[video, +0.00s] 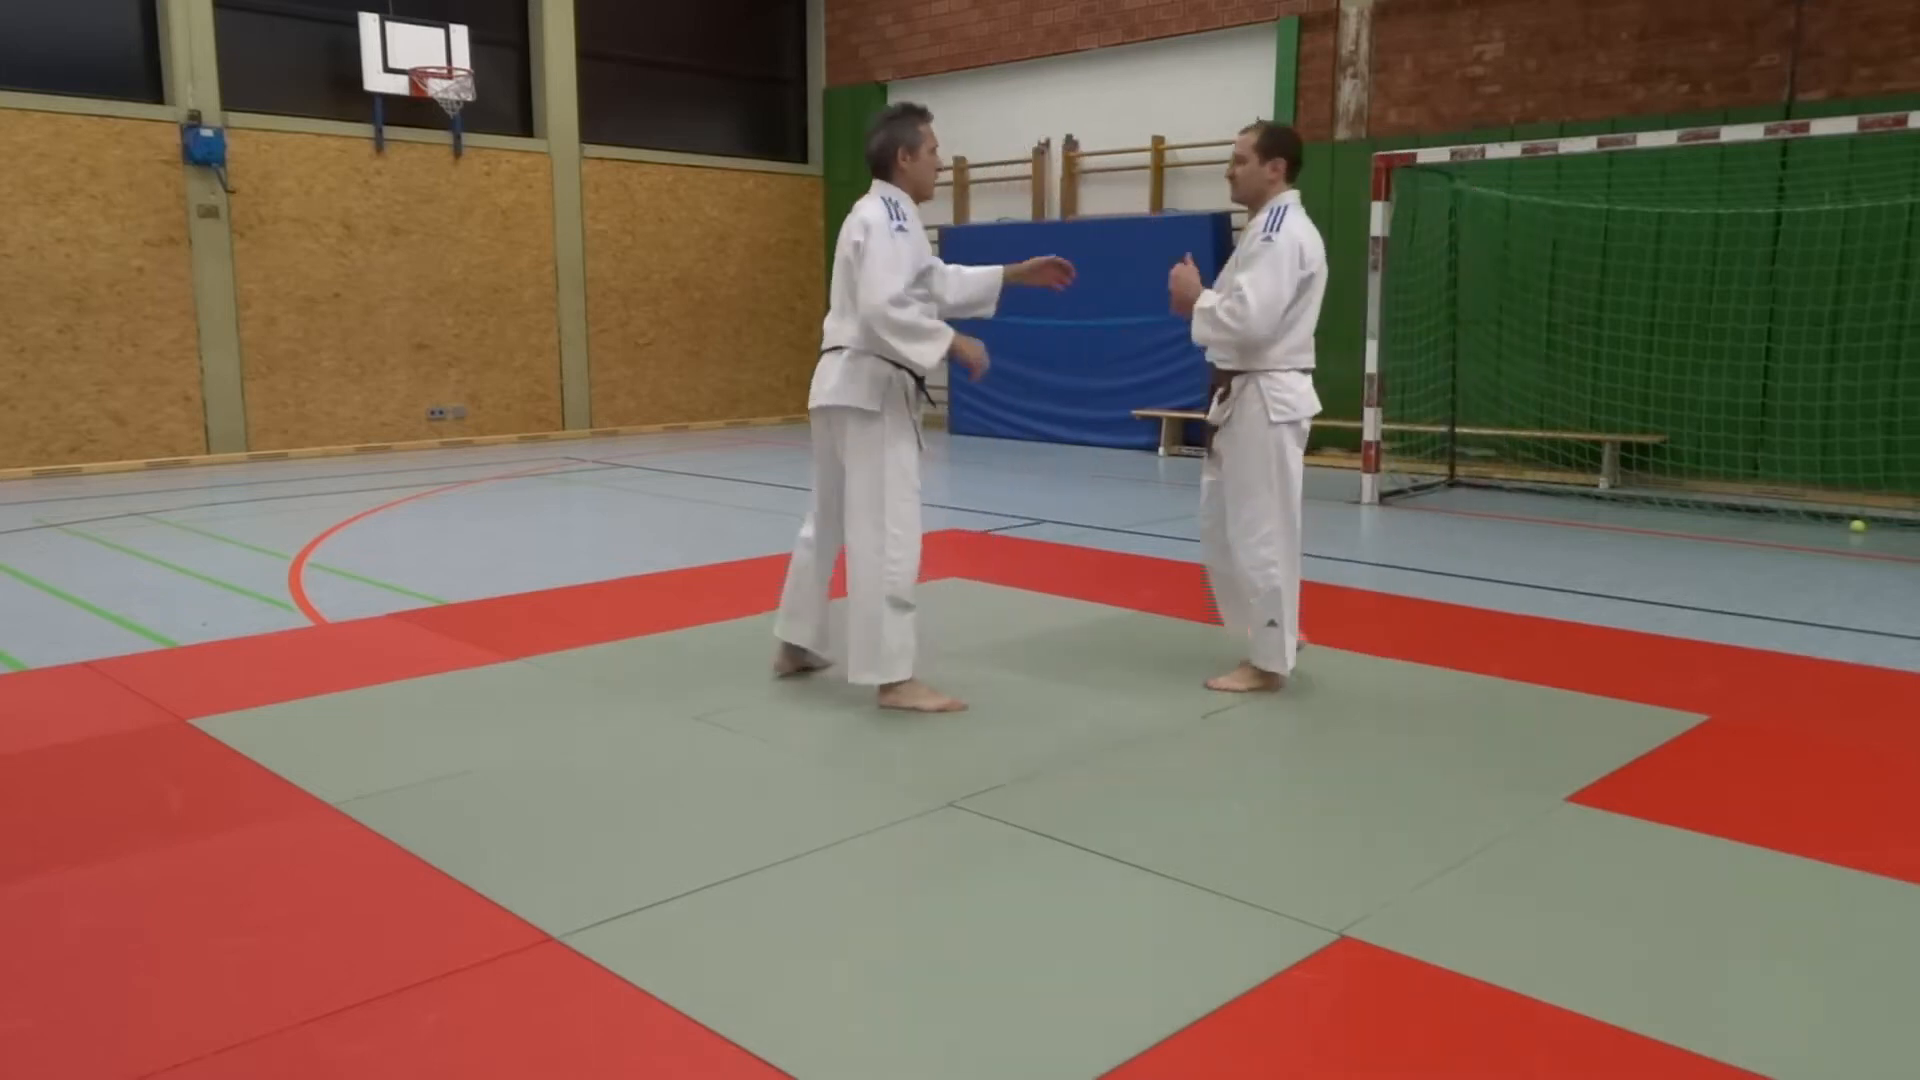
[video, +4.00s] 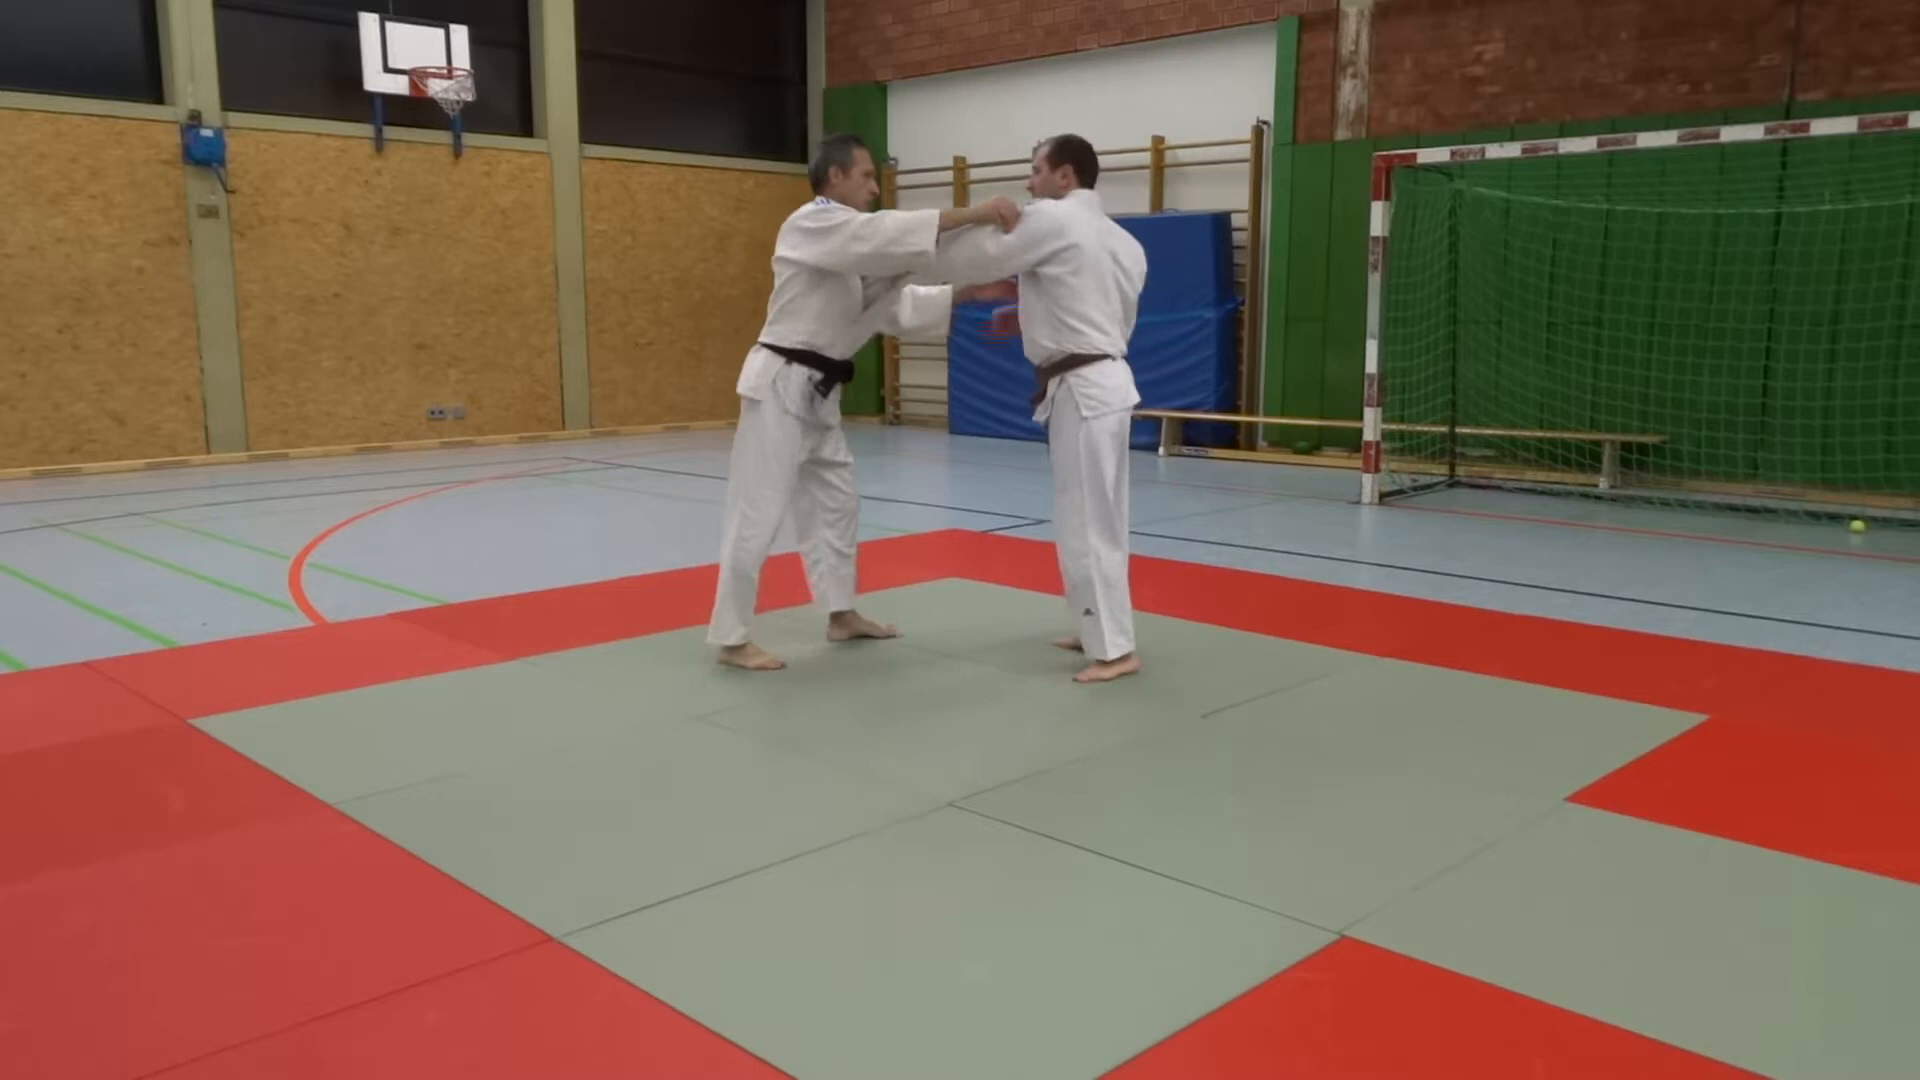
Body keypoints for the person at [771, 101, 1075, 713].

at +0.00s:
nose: (941, 162)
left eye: (937, 150)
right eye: (932, 150)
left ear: (897, 159)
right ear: (904, 157)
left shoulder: (883, 214)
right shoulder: (889, 216)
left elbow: (933, 283)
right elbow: (884, 305)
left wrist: (1015, 274)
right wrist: (953, 342)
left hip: (840, 384)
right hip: (872, 388)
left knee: (829, 520)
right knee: (891, 531)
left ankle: (797, 646)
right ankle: (894, 679)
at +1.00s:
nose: (852, 182)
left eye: (851, 170)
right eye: (843, 170)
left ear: (814, 176)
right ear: (808, 175)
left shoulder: (839, 241)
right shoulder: (774, 232)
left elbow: (905, 279)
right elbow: (728, 301)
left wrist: (982, 292)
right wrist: (801, 307)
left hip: (805, 395)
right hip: (776, 393)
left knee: (762, 525)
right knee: (809, 532)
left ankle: (713, 641)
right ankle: (820, 679)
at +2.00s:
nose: (887, 178)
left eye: (886, 167)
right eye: (880, 167)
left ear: (848, 172)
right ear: (848, 170)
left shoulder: (856, 226)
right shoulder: (831, 224)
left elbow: (915, 281)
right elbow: (902, 245)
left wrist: (983, 269)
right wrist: (961, 217)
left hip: (860, 382)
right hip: (840, 382)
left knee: (867, 508)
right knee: (860, 517)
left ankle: (873, 616)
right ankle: (855, 659)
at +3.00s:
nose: (895, 180)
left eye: (893, 171)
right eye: (885, 170)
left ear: (859, 177)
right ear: (852, 175)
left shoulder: (859, 226)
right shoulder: (836, 219)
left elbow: (877, 302)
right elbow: (892, 246)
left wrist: (946, 313)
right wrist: (967, 229)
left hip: (852, 372)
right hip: (828, 369)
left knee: (845, 503)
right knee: (832, 505)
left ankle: (845, 617)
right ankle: (775, 621)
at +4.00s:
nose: (875, 186)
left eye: (875, 177)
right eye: (867, 176)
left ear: (851, 180)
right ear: (834, 178)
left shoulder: (859, 241)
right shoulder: (809, 223)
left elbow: (896, 302)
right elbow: (880, 232)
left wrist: (967, 293)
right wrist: (971, 214)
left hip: (820, 389)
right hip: (778, 380)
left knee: (835, 501)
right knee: (757, 510)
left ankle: (841, 615)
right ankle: (730, 638)